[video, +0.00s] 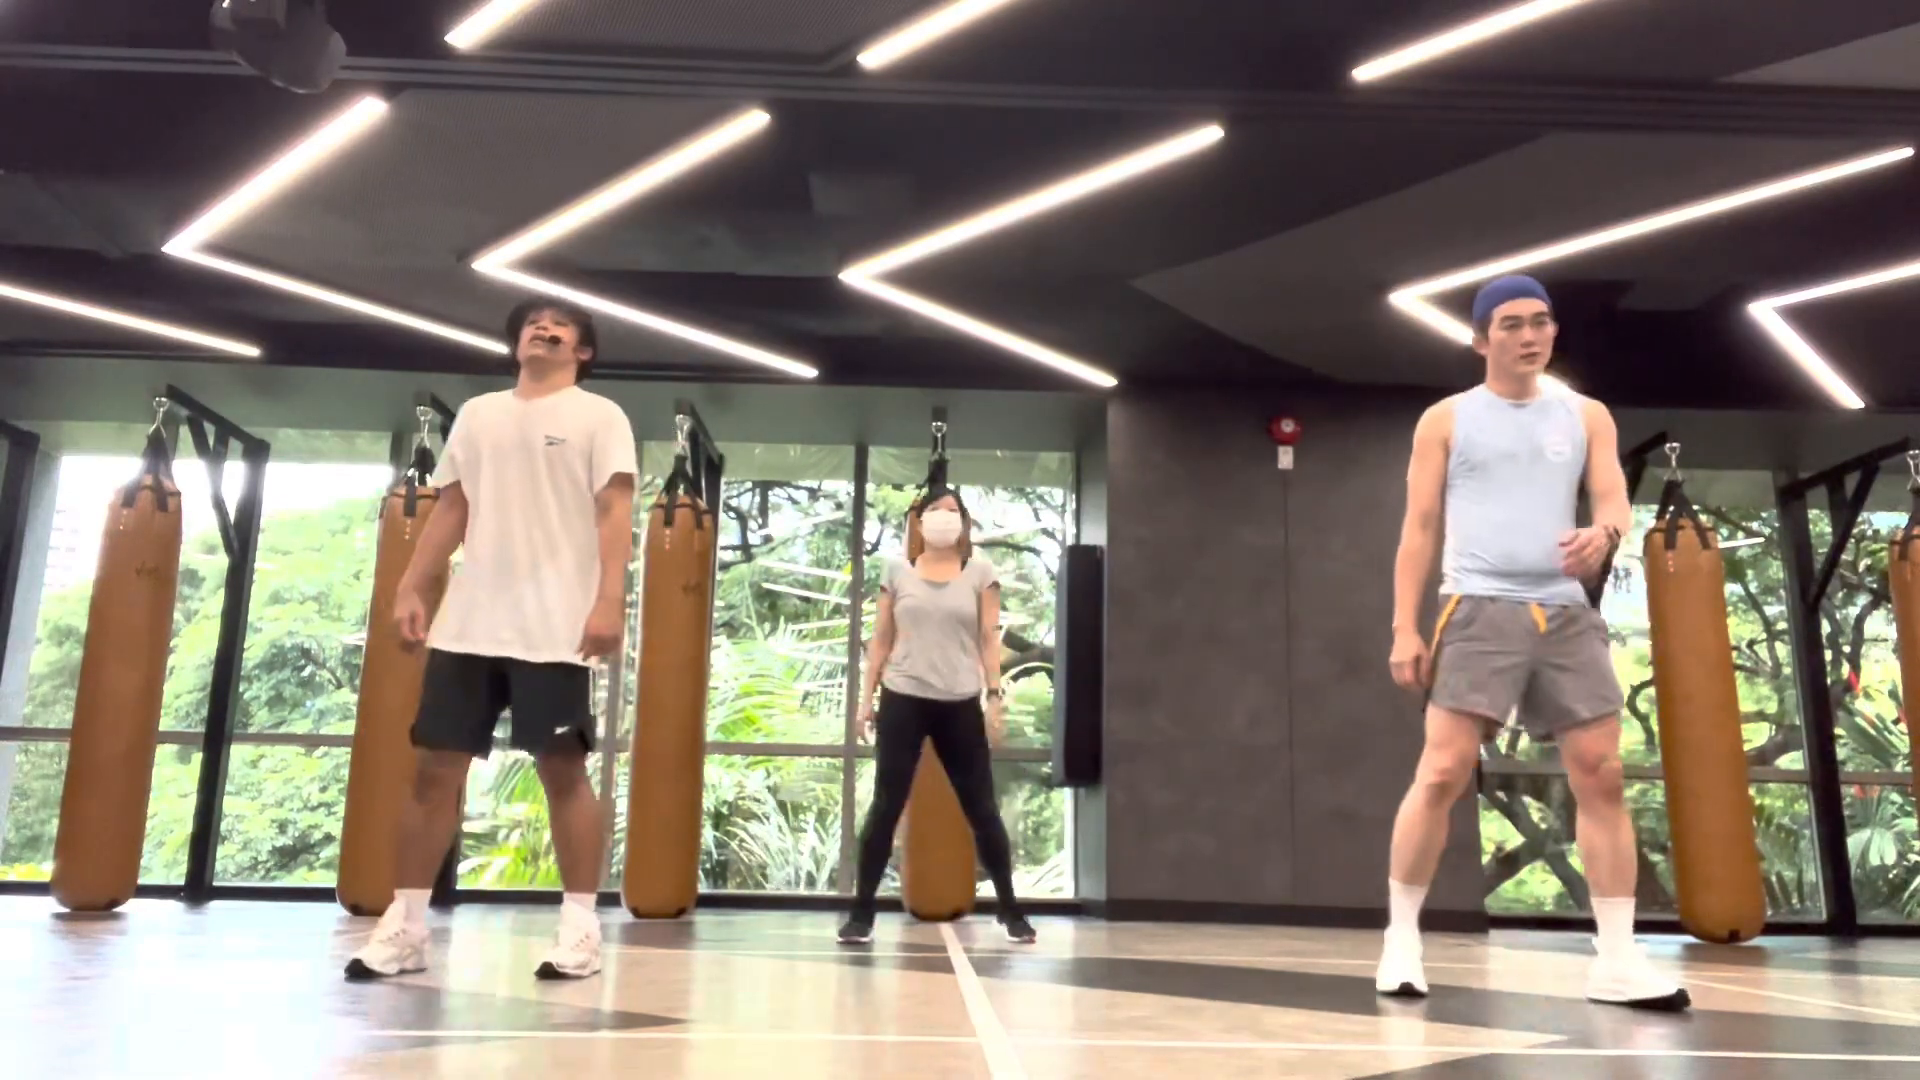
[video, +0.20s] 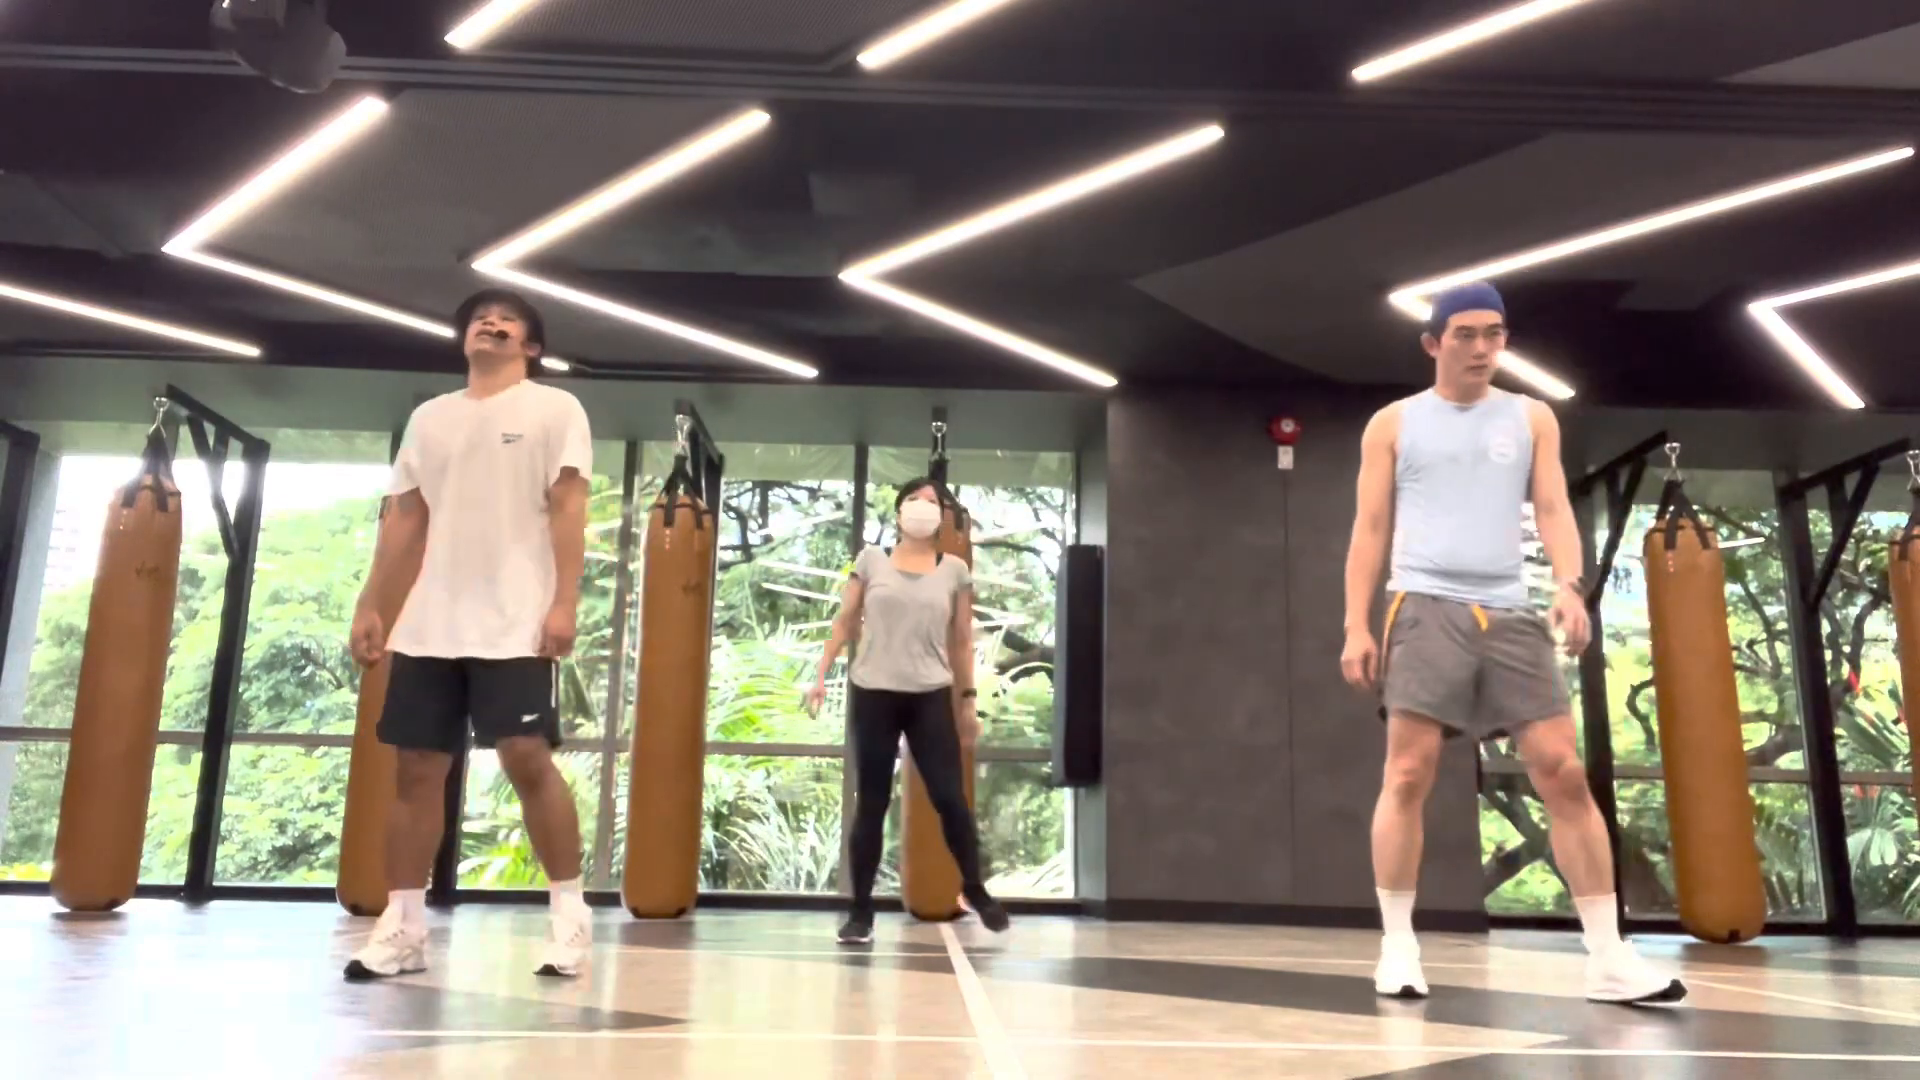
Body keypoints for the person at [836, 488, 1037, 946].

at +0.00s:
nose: (945, 517)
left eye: (954, 511)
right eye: (936, 511)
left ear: (966, 526)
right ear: (918, 524)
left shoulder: (980, 572)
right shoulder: (899, 572)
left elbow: (990, 639)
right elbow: (881, 641)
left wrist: (994, 695)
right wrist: (867, 697)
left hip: (960, 704)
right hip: (902, 701)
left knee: (984, 810)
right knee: (886, 807)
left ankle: (1008, 906)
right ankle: (862, 912)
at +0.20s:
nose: (923, 507)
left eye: (932, 503)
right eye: (914, 501)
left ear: (943, 521)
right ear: (897, 516)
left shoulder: (954, 571)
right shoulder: (872, 559)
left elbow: (962, 642)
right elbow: (844, 621)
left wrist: (966, 700)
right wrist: (820, 674)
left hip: (930, 695)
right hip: (872, 693)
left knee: (949, 797)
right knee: (870, 804)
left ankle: (975, 890)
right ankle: (860, 912)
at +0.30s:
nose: (918, 510)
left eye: (927, 504)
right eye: (909, 502)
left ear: (937, 518)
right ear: (891, 515)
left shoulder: (947, 571)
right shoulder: (866, 559)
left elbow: (950, 641)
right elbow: (831, 621)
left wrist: (953, 700)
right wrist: (805, 674)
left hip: (925, 693)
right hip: (868, 692)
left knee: (926, 795)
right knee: (868, 802)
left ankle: (931, 896)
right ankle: (860, 912)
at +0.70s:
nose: (926, 509)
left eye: (936, 504)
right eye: (917, 501)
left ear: (946, 521)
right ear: (901, 514)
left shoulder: (951, 574)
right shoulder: (872, 555)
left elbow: (949, 640)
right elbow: (842, 616)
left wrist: (956, 696)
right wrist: (838, 676)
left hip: (935, 690)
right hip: (877, 690)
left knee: (976, 789)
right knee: (873, 802)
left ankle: (985, 882)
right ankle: (860, 911)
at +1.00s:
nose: (973, 514)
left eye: (981, 508)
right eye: (964, 507)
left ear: (991, 523)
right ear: (949, 521)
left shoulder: (1008, 580)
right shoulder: (928, 567)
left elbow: (1010, 642)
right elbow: (901, 632)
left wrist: (1012, 692)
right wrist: (884, 691)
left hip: (993, 705)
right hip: (933, 704)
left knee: (1013, 810)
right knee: (905, 808)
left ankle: (1031, 910)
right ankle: (863, 909)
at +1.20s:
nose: (1001, 509)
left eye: (1008, 503)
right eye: (991, 502)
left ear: (1019, 517)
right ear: (973, 517)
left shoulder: (1036, 570)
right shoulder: (953, 563)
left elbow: (1047, 640)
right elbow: (934, 631)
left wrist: (1062, 694)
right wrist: (926, 690)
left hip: (1019, 698)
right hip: (962, 695)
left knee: (1023, 806)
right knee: (946, 796)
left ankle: (1031, 911)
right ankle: (916, 892)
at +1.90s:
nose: (934, 528)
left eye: (943, 522)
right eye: (925, 520)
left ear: (957, 534)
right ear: (911, 530)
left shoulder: (967, 582)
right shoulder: (889, 584)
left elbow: (985, 642)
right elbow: (873, 649)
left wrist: (1000, 692)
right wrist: (860, 707)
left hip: (948, 709)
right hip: (890, 707)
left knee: (983, 809)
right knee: (875, 812)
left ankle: (1026, 907)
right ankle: (860, 909)